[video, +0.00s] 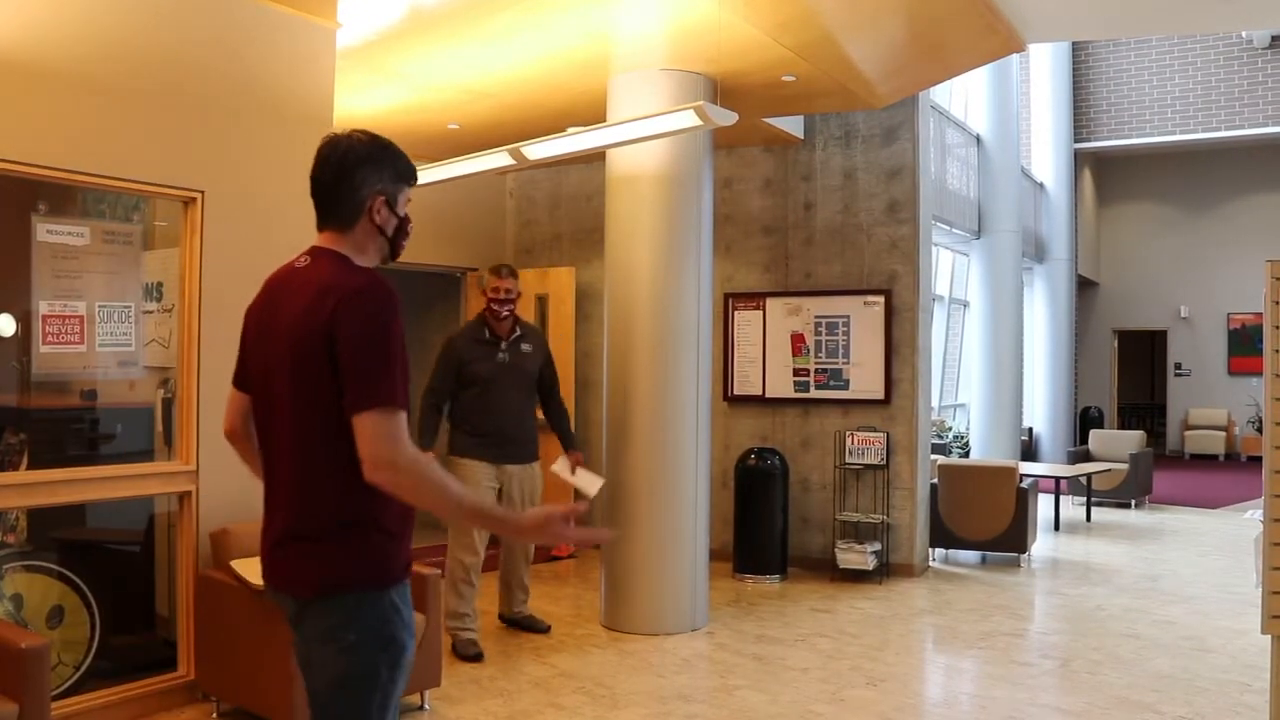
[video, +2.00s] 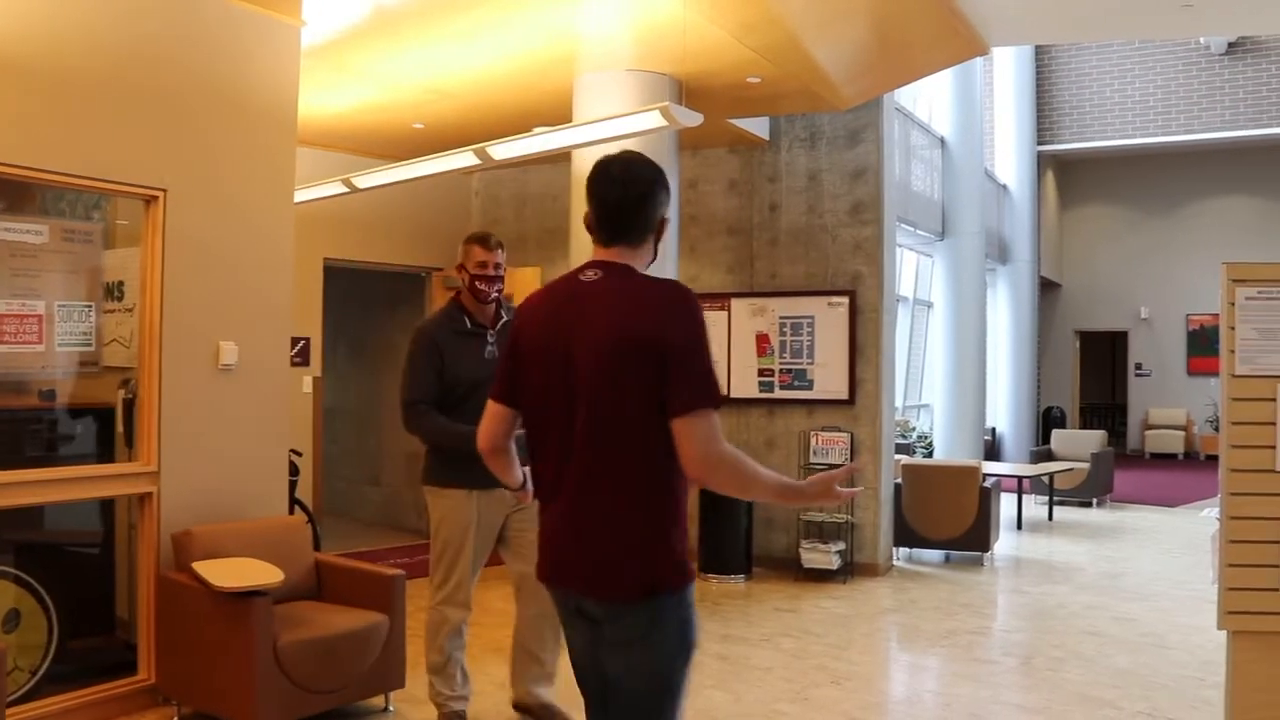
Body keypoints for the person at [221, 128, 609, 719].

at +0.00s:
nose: (408, 221)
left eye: (409, 205)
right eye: (406, 204)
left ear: (325, 202)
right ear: (377, 207)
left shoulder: (277, 288)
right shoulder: (363, 293)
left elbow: (238, 425)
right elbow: (386, 458)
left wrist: (296, 490)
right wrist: (511, 521)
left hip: (295, 567)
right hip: (355, 579)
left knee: (338, 707)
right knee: (362, 709)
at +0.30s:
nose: (425, 228)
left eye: (426, 213)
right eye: (426, 212)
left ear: (347, 207)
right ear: (408, 216)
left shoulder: (299, 292)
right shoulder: (388, 294)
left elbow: (261, 422)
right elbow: (414, 448)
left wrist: (333, 463)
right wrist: (544, 492)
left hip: (318, 555)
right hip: (391, 562)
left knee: (349, 712)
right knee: (443, 707)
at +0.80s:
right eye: (478, 218)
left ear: (396, 212)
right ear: (469, 224)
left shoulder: (343, 298)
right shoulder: (459, 304)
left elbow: (303, 422)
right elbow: (496, 458)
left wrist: (369, 457)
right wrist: (624, 494)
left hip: (370, 559)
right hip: (451, 563)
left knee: (385, 711)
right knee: (498, 707)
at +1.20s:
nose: (546, 223)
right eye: (548, 212)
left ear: (464, 206)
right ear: (541, 218)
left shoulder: (406, 296)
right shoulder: (539, 301)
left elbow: (360, 430)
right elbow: (582, 461)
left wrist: (416, 462)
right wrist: (709, 496)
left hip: (439, 573)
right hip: (528, 582)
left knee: (440, 714)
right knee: (541, 713)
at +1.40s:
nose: (583, 219)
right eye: (584, 208)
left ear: (500, 208)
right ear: (578, 218)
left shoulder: (440, 296)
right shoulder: (574, 302)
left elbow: (389, 428)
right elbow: (617, 465)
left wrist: (428, 460)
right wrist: (744, 501)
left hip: (471, 566)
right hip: (553, 574)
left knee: (507, 704)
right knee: (552, 708)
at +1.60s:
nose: (627, 233)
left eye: (630, 216)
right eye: (626, 215)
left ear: (543, 214)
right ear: (596, 216)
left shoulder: (476, 299)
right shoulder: (603, 304)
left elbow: (424, 430)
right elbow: (644, 468)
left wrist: (459, 461)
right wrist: (771, 502)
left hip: (505, 563)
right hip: (577, 574)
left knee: (564, 708)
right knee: (573, 712)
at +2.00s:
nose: (666, 227)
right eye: (667, 216)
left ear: (589, 221)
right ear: (662, 225)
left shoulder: (538, 308)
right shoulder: (668, 304)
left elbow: (492, 440)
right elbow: (705, 459)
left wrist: (519, 482)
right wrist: (799, 491)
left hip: (565, 562)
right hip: (645, 568)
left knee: (604, 711)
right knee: (646, 710)